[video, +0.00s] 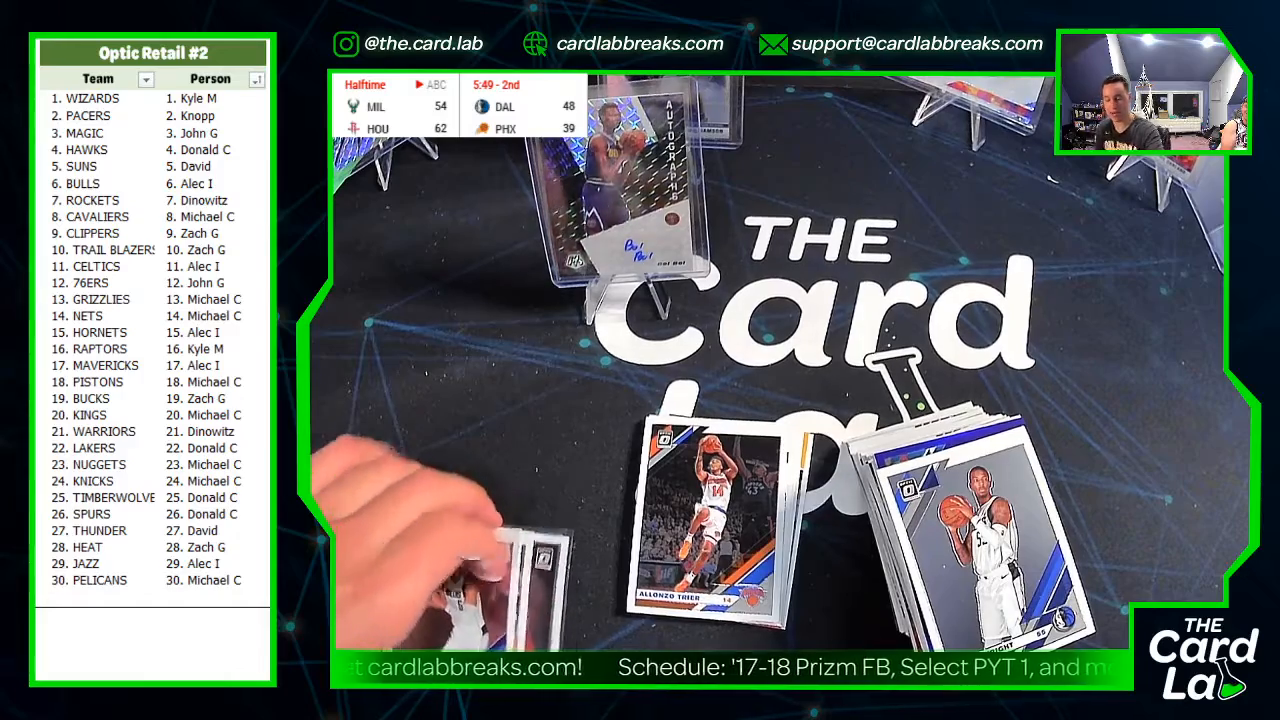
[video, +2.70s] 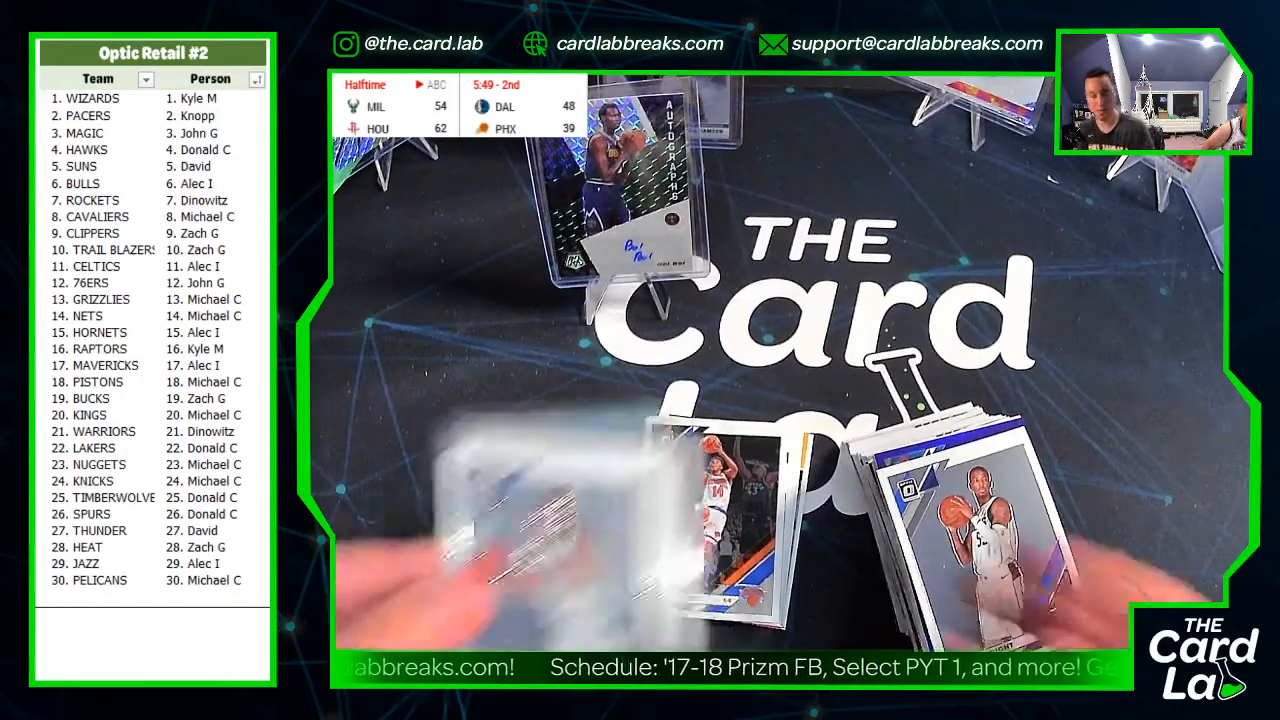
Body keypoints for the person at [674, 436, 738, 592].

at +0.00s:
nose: (714, 464)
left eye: (717, 462)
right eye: (713, 462)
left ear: (721, 465)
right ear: (709, 465)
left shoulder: (727, 476)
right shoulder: (706, 477)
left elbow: (734, 469)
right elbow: (699, 471)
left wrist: (721, 452)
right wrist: (700, 451)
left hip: (720, 513)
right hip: (706, 507)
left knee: (707, 550)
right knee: (704, 512)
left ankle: (688, 579)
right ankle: (688, 540)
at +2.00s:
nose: (714, 463)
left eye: (717, 462)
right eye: (712, 461)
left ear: (721, 466)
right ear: (709, 465)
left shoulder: (727, 476)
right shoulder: (705, 477)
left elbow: (734, 469)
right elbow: (698, 471)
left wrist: (721, 452)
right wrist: (700, 450)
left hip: (720, 512)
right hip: (705, 507)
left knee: (707, 550)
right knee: (705, 512)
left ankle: (688, 580)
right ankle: (688, 540)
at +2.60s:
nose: (714, 464)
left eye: (717, 462)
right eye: (713, 462)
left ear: (721, 465)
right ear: (709, 465)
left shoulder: (727, 476)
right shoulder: (705, 477)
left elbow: (734, 469)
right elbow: (698, 471)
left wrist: (722, 452)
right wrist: (700, 451)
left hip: (720, 513)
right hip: (706, 507)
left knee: (707, 550)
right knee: (705, 512)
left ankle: (688, 580)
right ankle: (688, 540)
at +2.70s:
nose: (714, 464)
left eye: (717, 462)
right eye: (712, 462)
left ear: (721, 465)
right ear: (709, 464)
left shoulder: (726, 476)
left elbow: (734, 468)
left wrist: (722, 453)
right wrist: (700, 449)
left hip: (719, 510)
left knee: (708, 544)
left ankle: (708, 576)